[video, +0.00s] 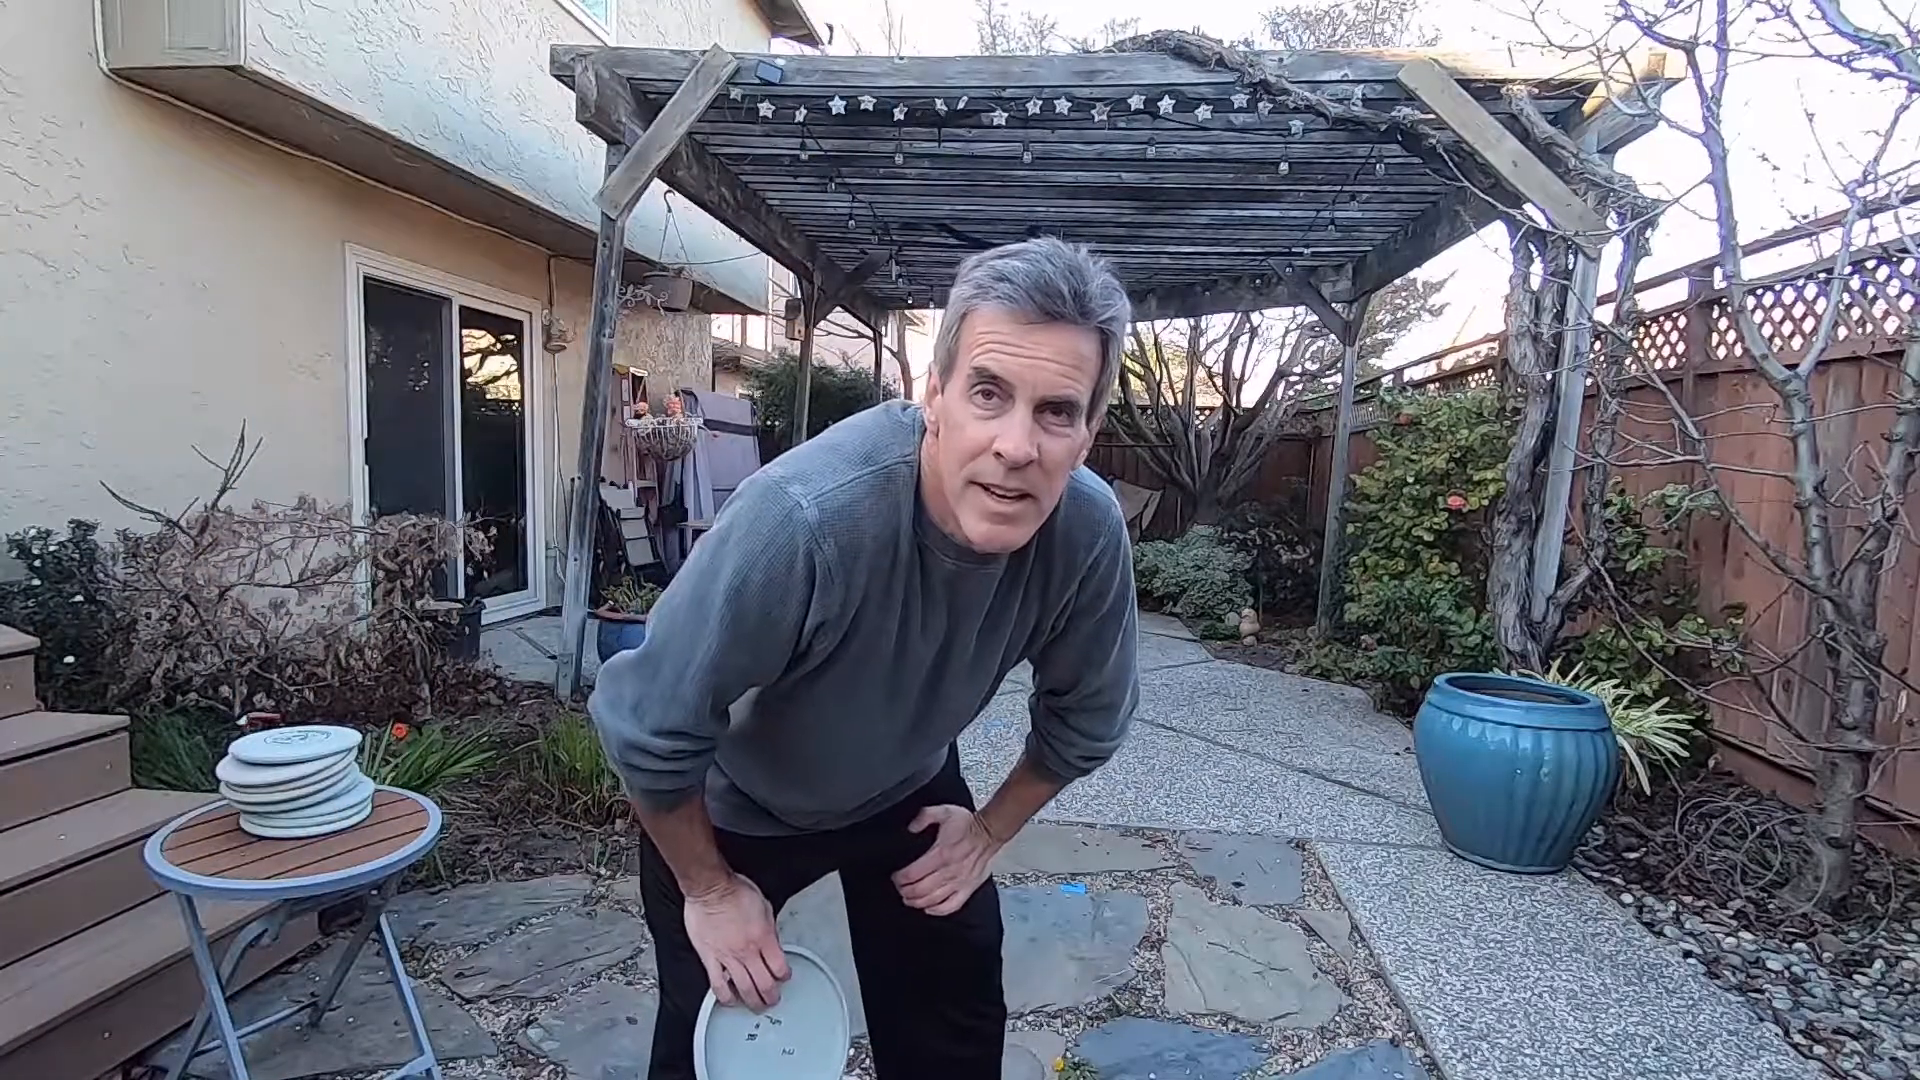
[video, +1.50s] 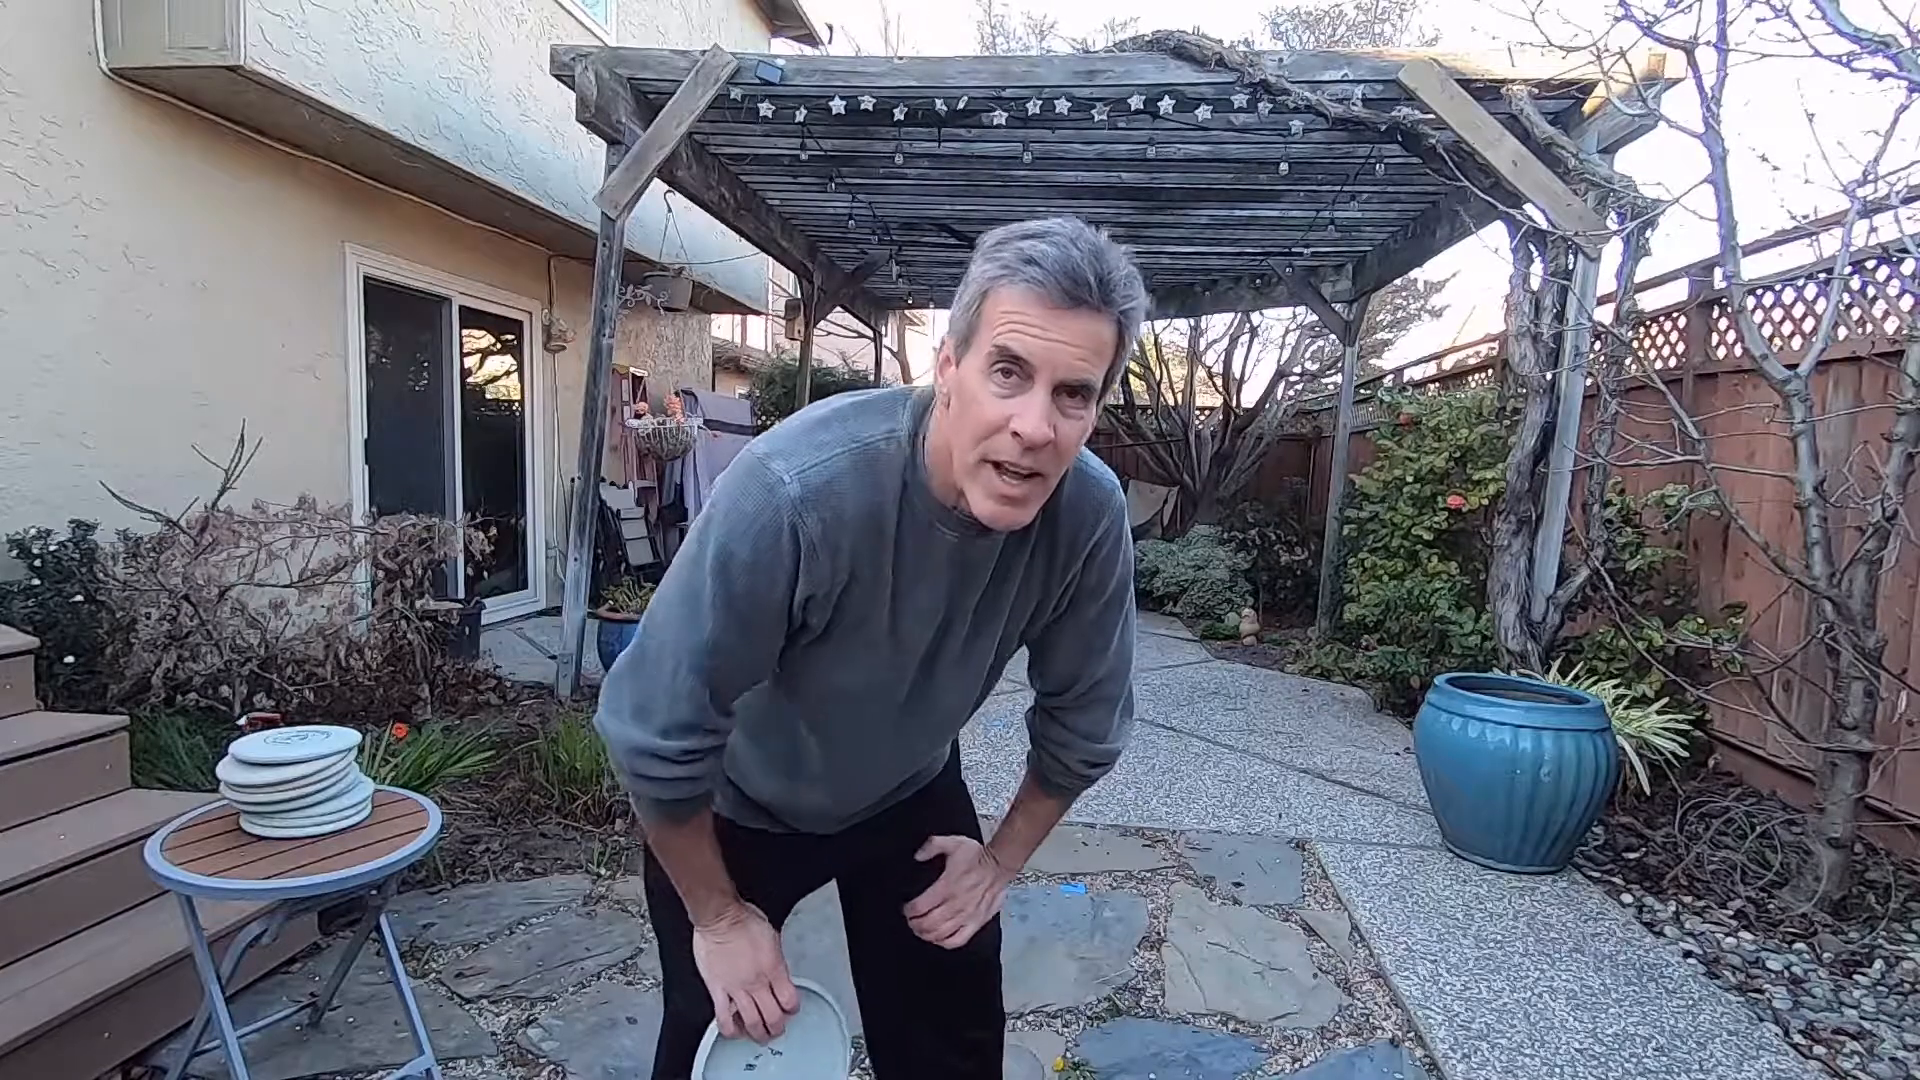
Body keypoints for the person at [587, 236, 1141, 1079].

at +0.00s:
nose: (1017, 447)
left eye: (1056, 413)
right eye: (989, 396)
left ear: (1089, 431)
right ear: (931, 392)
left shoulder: (1087, 532)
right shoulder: (800, 519)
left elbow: (1087, 715)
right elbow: (646, 723)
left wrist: (991, 829)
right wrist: (710, 890)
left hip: (909, 779)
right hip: (743, 791)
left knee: (953, 1032)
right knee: (707, 1034)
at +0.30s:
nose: (1024, 468)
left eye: (1061, 431)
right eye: (994, 417)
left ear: (1093, 442)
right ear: (933, 414)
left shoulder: (1095, 547)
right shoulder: (804, 543)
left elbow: (1095, 727)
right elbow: (641, 734)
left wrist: (996, 840)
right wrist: (707, 894)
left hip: (909, 783)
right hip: (742, 798)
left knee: (956, 1012)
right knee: (708, 1029)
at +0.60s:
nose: (1027, 471)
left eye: (1064, 432)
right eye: (998, 417)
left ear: (1093, 441)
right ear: (935, 409)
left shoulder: (1096, 545)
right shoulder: (804, 538)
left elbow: (1092, 726)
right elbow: (644, 735)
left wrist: (997, 842)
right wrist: (704, 896)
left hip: (908, 784)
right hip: (739, 798)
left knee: (957, 1034)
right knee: (707, 1037)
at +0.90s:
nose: (1024, 470)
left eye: (1062, 434)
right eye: (996, 417)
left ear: (1092, 444)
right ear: (934, 410)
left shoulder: (1092, 548)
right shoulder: (801, 539)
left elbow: (1091, 726)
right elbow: (639, 733)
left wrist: (994, 842)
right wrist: (700, 895)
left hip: (906, 782)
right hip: (736, 796)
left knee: (953, 1036)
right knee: (703, 1039)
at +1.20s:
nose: (1023, 472)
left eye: (1061, 435)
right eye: (996, 418)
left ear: (1090, 443)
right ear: (933, 410)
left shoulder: (1090, 545)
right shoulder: (798, 537)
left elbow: (1089, 725)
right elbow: (638, 732)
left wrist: (993, 842)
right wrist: (700, 895)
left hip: (906, 785)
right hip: (735, 800)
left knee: (953, 1040)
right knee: (704, 1041)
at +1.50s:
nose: (1036, 429)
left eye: (1074, 394)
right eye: (1010, 375)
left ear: (1099, 406)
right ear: (945, 365)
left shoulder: (1086, 516)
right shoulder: (793, 489)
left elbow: (1085, 715)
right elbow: (654, 729)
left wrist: (1002, 857)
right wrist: (716, 914)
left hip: (908, 782)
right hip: (740, 792)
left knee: (953, 1042)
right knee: (711, 1044)